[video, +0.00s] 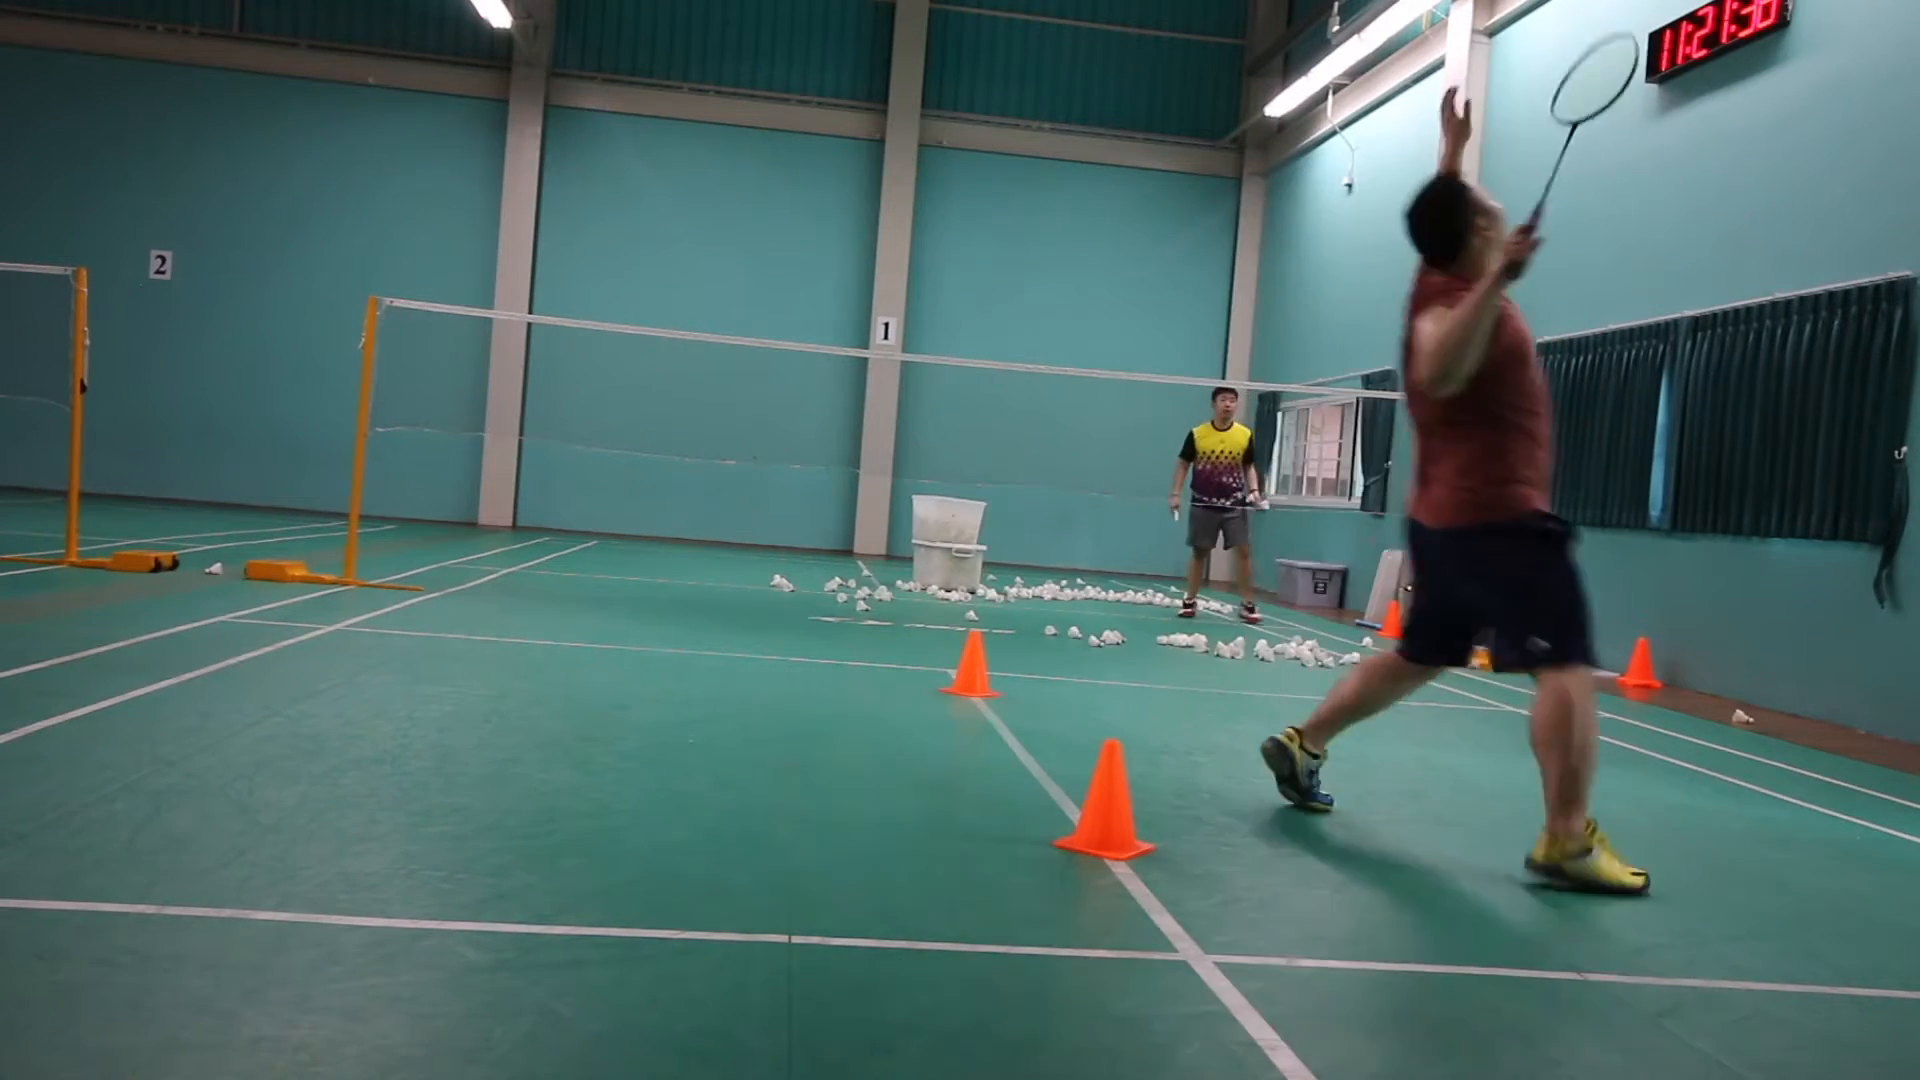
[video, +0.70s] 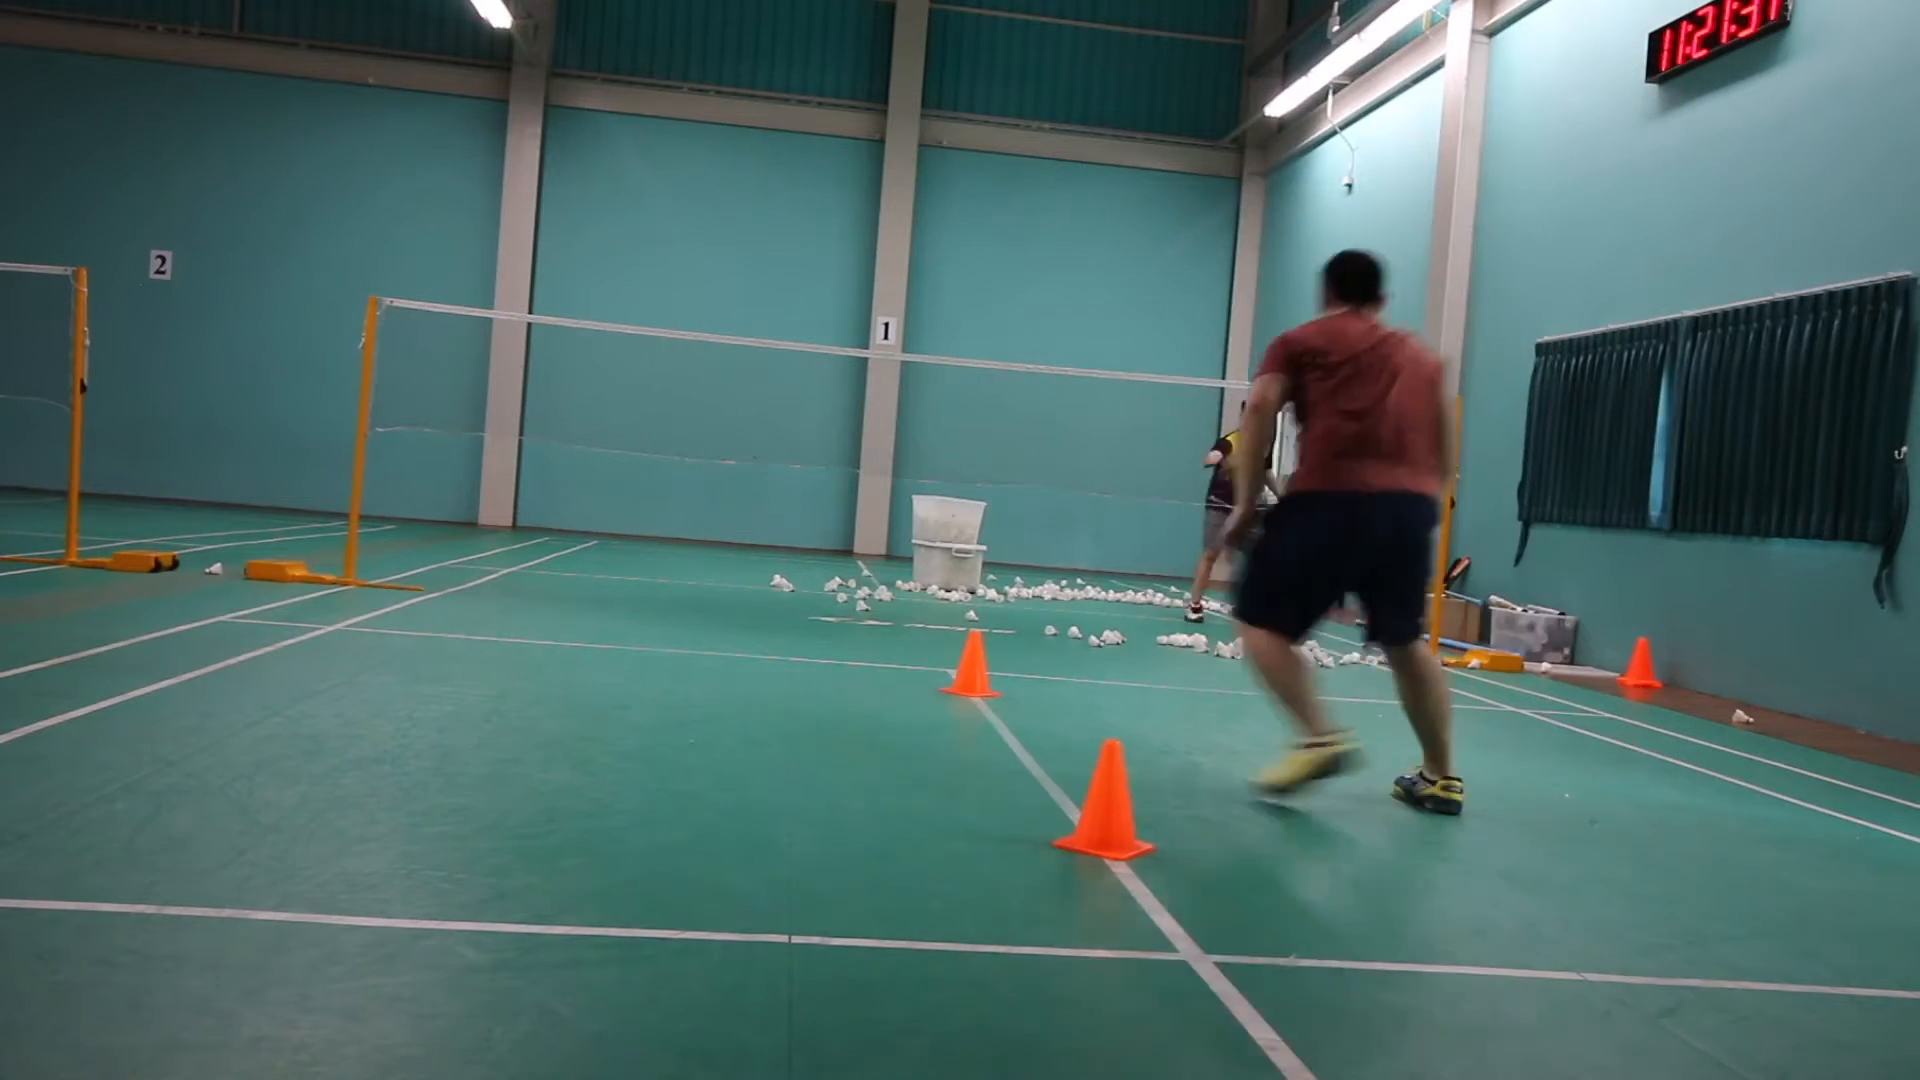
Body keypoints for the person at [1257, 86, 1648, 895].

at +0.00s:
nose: (1499, 209)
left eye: (1489, 203)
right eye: (1488, 206)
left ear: (1441, 240)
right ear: (1471, 233)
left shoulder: (1448, 283)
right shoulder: (1453, 302)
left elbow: (1447, 224)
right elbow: (1436, 374)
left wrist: (1454, 147)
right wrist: (1497, 281)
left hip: (1442, 522)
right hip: (1507, 522)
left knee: (1426, 652)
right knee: (1566, 665)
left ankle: (1305, 743)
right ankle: (1567, 840)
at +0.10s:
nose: (1544, 197)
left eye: (1536, 187)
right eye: (1531, 191)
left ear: (1476, 229)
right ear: (1524, 220)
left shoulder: (1466, 287)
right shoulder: (1527, 294)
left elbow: (1429, 264)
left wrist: (1401, 233)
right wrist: (1538, 210)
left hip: (1501, 517)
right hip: (1586, 520)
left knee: (1449, 653)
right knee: (1609, 673)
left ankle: (1357, 776)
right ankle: (1573, 836)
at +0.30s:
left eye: (1499, 239)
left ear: (1494, 245)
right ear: (1569, 238)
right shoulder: (1626, 286)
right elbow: (1688, 272)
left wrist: (1380, 522)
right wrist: (1721, 248)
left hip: (1534, 532)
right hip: (1641, 524)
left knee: (1468, 665)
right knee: (1661, 686)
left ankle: (1411, 799)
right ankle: (1674, 861)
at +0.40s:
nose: (1472, 256)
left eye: (1469, 246)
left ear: (1472, 248)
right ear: (1544, 247)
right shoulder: (1606, 316)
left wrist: (1401, 536)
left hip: (1516, 523)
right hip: (1622, 521)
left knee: (1451, 652)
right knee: (1644, 678)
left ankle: (1413, 796)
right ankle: (1674, 851)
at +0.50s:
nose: (1427, 276)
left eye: (1427, 266)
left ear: (1428, 268)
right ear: (1493, 269)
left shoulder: (1410, 332)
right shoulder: (1542, 340)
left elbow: (1380, 399)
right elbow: (1564, 445)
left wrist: (1358, 508)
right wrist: (1543, 513)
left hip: (1447, 527)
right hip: (1545, 528)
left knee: (1396, 652)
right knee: (1591, 671)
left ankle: (1429, 802)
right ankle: (1662, 816)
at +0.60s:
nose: (1390, 273)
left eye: (1388, 263)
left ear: (1386, 266)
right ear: (1449, 269)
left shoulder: (1352, 323)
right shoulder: (1492, 333)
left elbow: (1312, 387)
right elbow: (1521, 436)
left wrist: (1307, 491)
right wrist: (1480, 476)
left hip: (1389, 505)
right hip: (1480, 505)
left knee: (1377, 650)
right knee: (1482, 635)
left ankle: (1424, 792)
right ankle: (1531, 766)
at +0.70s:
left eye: (1326, 296)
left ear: (1326, 295)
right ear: (1380, 301)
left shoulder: (1300, 342)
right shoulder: (1422, 357)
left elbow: (1261, 406)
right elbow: (1445, 455)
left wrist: (1246, 503)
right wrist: (1425, 492)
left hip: (1323, 506)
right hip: (1408, 511)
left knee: (1262, 624)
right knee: (1406, 638)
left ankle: (1319, 736)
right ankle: (1441, 776)